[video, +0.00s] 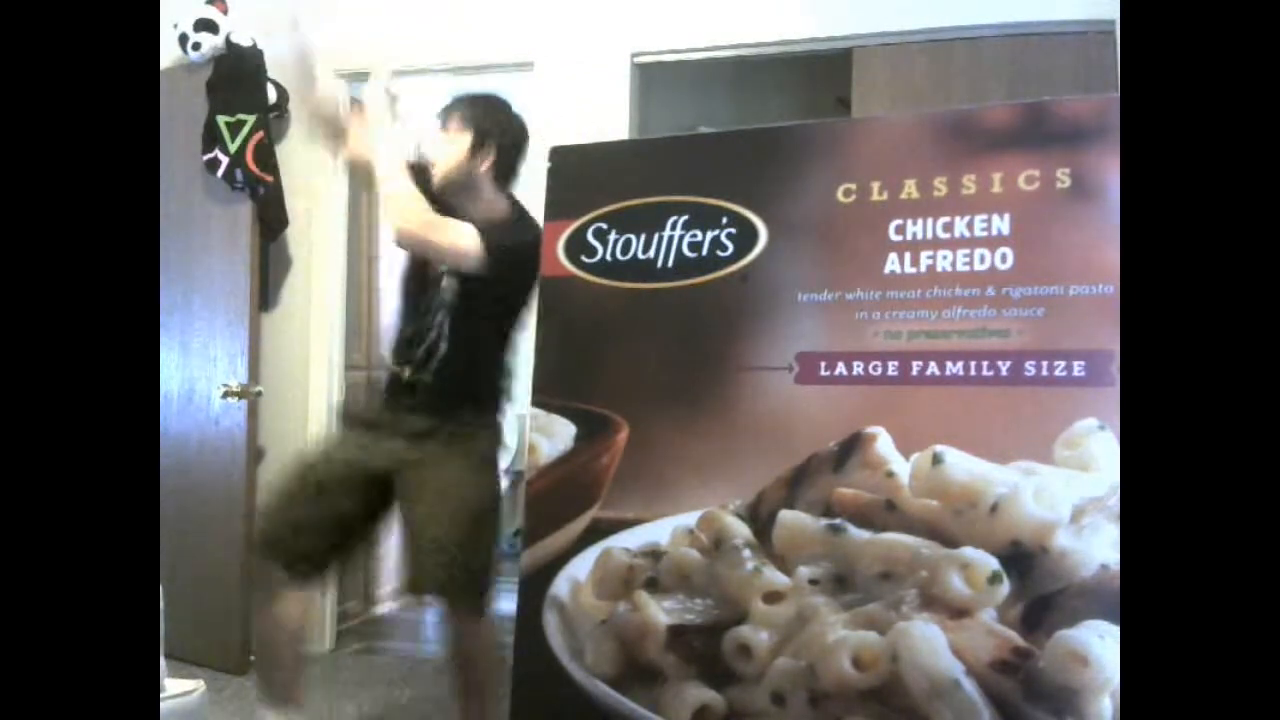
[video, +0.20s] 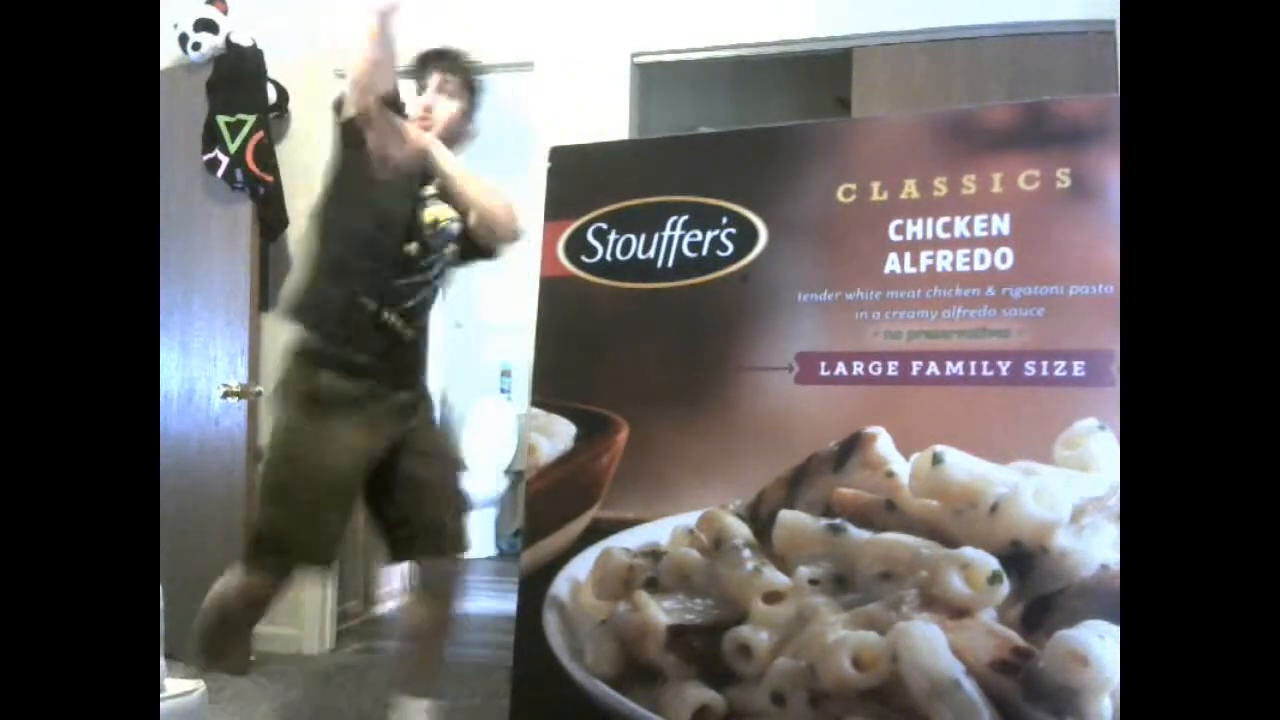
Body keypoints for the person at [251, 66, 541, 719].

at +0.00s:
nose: (432, 146)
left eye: (447, 136)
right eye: (437, 135)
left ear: (485, 152)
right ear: (470, 151)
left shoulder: (515, 235)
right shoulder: (438, 201)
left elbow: (420, 230)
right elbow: (370, 161)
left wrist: (372, 166)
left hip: (454, 438)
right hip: (382, 424)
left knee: (464, 599)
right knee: (284, 543)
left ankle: (477, 717)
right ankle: (281, 707)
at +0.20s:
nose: (433, 102)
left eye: (451, 96)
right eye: (426, 88)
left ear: (466, 118)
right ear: (407, 93)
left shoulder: (454, 194)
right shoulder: (373, 139)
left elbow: (505, 228)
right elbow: (378, 31)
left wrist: (433, 150)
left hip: (399, 393)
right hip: (324, 381)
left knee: (438, 558)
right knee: (271, 563)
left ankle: (414, 705)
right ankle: (194, 691)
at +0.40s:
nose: (410, 172)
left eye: (414, 159)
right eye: (405, 151)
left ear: (362, 144)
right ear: (360, 136)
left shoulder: (350, 209)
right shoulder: (314, 204)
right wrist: (393, 193)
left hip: (321, 418)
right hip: (267, 418)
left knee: (371, 576)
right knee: (247, 611)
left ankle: (399, 708)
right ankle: (166, 693)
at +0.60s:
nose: (403, 230)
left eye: (408, 216)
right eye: (404, 214)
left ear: (340, 182)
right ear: (369, 197)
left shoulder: (258, 195)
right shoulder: (352, 275)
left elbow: (285, 140)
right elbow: (453, 335)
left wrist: (342, 161)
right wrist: (528, 362)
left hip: (175, 426)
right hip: (239, 451)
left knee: (266, 582)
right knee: (248, 611)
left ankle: (313, 702)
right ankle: (164, 696)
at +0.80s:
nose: (365, 219)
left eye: (369, 204)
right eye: (364, 201)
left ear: (308, 183)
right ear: (329, 189)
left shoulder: (217, 195)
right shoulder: (327, 263)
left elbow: (225, 142)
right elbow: (445, 287)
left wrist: (281, 185)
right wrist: (538, 291)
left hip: (168, 435)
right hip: (234, 462)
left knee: (256, 587)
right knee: (237, 608)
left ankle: (294, 698)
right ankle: (163, 691)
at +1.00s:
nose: (344, 206)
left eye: (348, 194)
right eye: (342, 190)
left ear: (277, 174)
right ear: (305, 177)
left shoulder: (200, 194)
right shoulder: (315, 254)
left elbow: (207, 146)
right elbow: (435, 277)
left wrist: (258, 172)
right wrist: (530, 280)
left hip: (168, 436)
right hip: (225, 456)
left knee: (254, 581)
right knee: (229, 606)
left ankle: (291, 697)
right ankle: (161, 695)